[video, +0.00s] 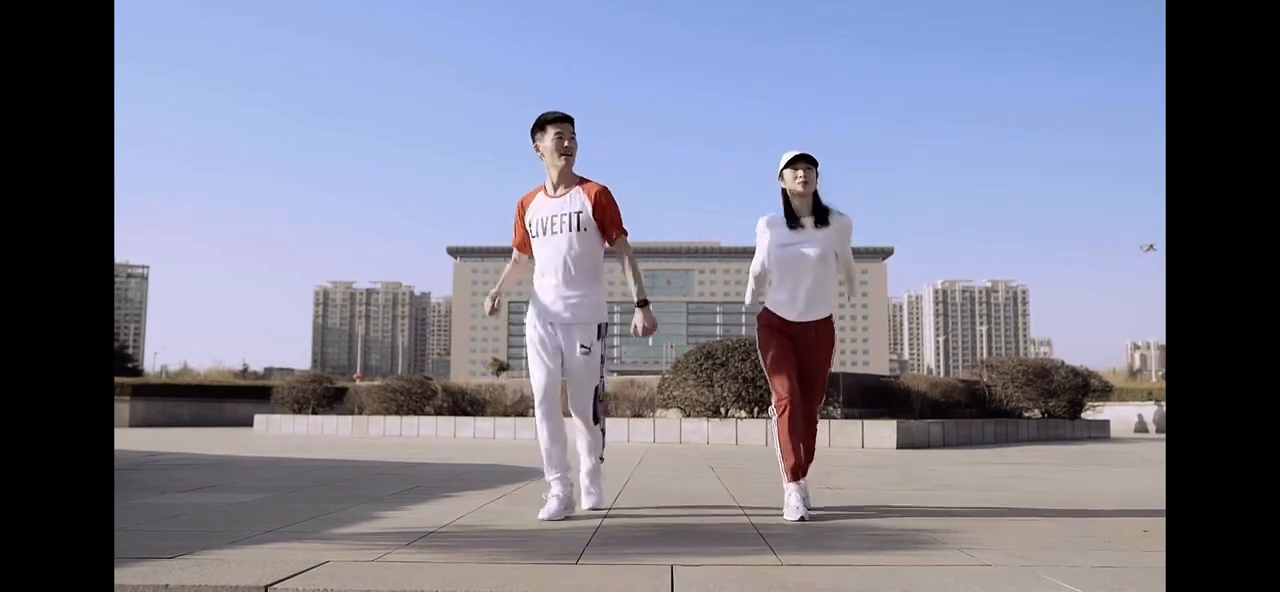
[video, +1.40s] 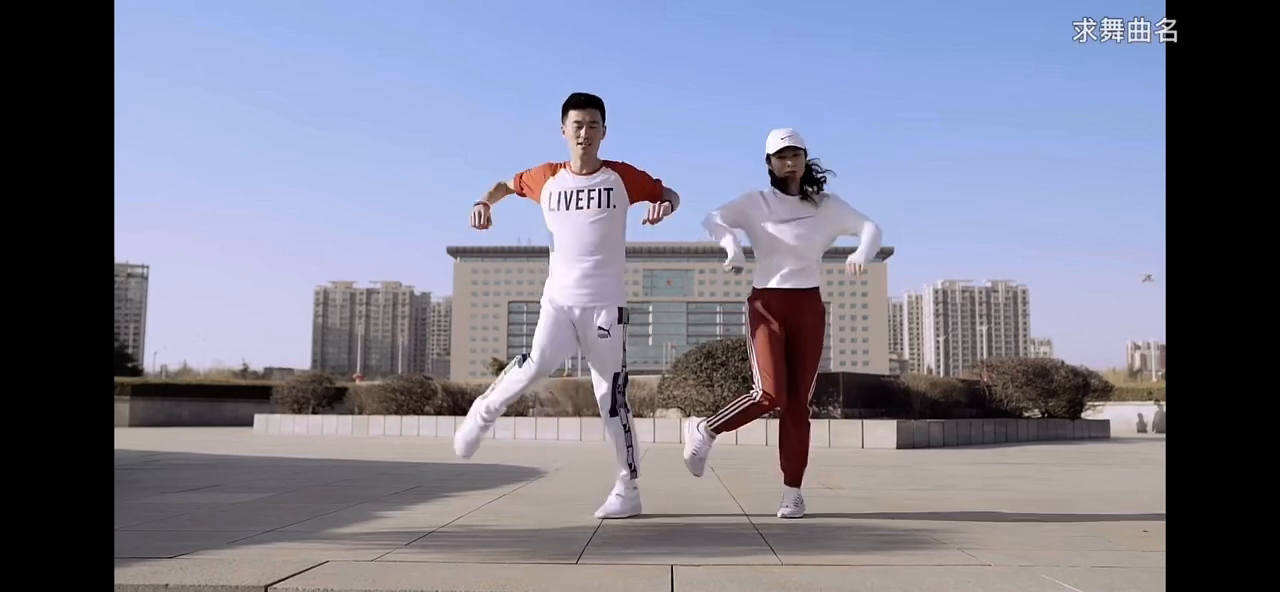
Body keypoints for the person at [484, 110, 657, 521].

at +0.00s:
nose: (567, 141)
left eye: (570, 136)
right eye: (557, 136)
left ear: (576, 145)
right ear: (538, 147)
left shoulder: (596, 194)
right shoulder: (528, 203)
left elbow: (624, 251)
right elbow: (521, 259)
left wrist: (642, 304)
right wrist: (498, 289)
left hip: (586, 318)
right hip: (541, 317)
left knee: (585, 407)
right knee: (544, 404)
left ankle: (591, 482)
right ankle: (558, 490)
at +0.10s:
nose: (568, 126)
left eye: (572, 120)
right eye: (559, 121)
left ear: (578, 129)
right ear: (540, 130)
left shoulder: (599, 179)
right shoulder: (524, 184)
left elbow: (620, 231)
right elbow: (507, 243)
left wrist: (627, 281)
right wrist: (515, 237)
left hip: (585, 295)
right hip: (542, 298)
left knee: (574, 369)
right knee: (553, 387)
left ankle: (583, 443)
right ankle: (559, 481)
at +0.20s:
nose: (574, 136)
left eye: (576, 130)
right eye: (564, 130)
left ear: (582, 139)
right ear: (544, 140)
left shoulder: (600, 190)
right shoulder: (524, 193)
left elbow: (609, 227)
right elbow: (482, 245)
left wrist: (621, 267)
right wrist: (508, 214)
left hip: (589, 291)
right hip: (545, 295)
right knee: (551, 397)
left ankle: (571, 398)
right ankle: (562, 484)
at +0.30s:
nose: (574, 135)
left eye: (576, 128)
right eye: (565, 129)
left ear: (580, 137)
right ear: (543, 139)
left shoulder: (598, 188)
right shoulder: (521, 191)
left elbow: (607, 228)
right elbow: (478, 240)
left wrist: (623, 266)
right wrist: (504, 215)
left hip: (589, 290)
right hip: (544, 295)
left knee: (572, 289)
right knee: (551, 392)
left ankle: (575, 390)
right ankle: (565, 478)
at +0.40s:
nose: (562, 114)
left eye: (565, 108)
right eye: (552, 110)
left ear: (571, 118)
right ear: (532, 120)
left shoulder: (592, 171)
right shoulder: (514, 177)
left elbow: (611, 222)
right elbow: (494, 229)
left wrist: (618, 259)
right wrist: (489, 264)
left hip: (586, 292)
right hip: (539, 296)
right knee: (542, 386)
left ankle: (608, 441)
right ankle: (563, 475)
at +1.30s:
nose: (584, 122)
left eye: (592, 115)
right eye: (576, 115)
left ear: (603, 120)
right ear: (563, 120)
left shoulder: (622, 170)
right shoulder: (544, 170)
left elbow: (647, 216)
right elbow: (515, 211)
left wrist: (646, 235)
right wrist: (500, 244)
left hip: (601, 291)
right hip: (556, 290)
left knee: (600, 385)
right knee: (544, 378)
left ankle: (602, 482)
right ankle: (547, 463)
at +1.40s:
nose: (585, 132)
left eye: (592, 125)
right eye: (577, 125)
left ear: (603, 131)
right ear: (564, 131)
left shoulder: (624, 176)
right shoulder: (547, 177)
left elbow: (669, 196)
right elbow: (508, 186)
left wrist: (665, 203)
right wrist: (484, 202)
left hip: (605, 304)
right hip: (558, 301)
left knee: (611, 400)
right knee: (536, 366)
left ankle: (628, 489)